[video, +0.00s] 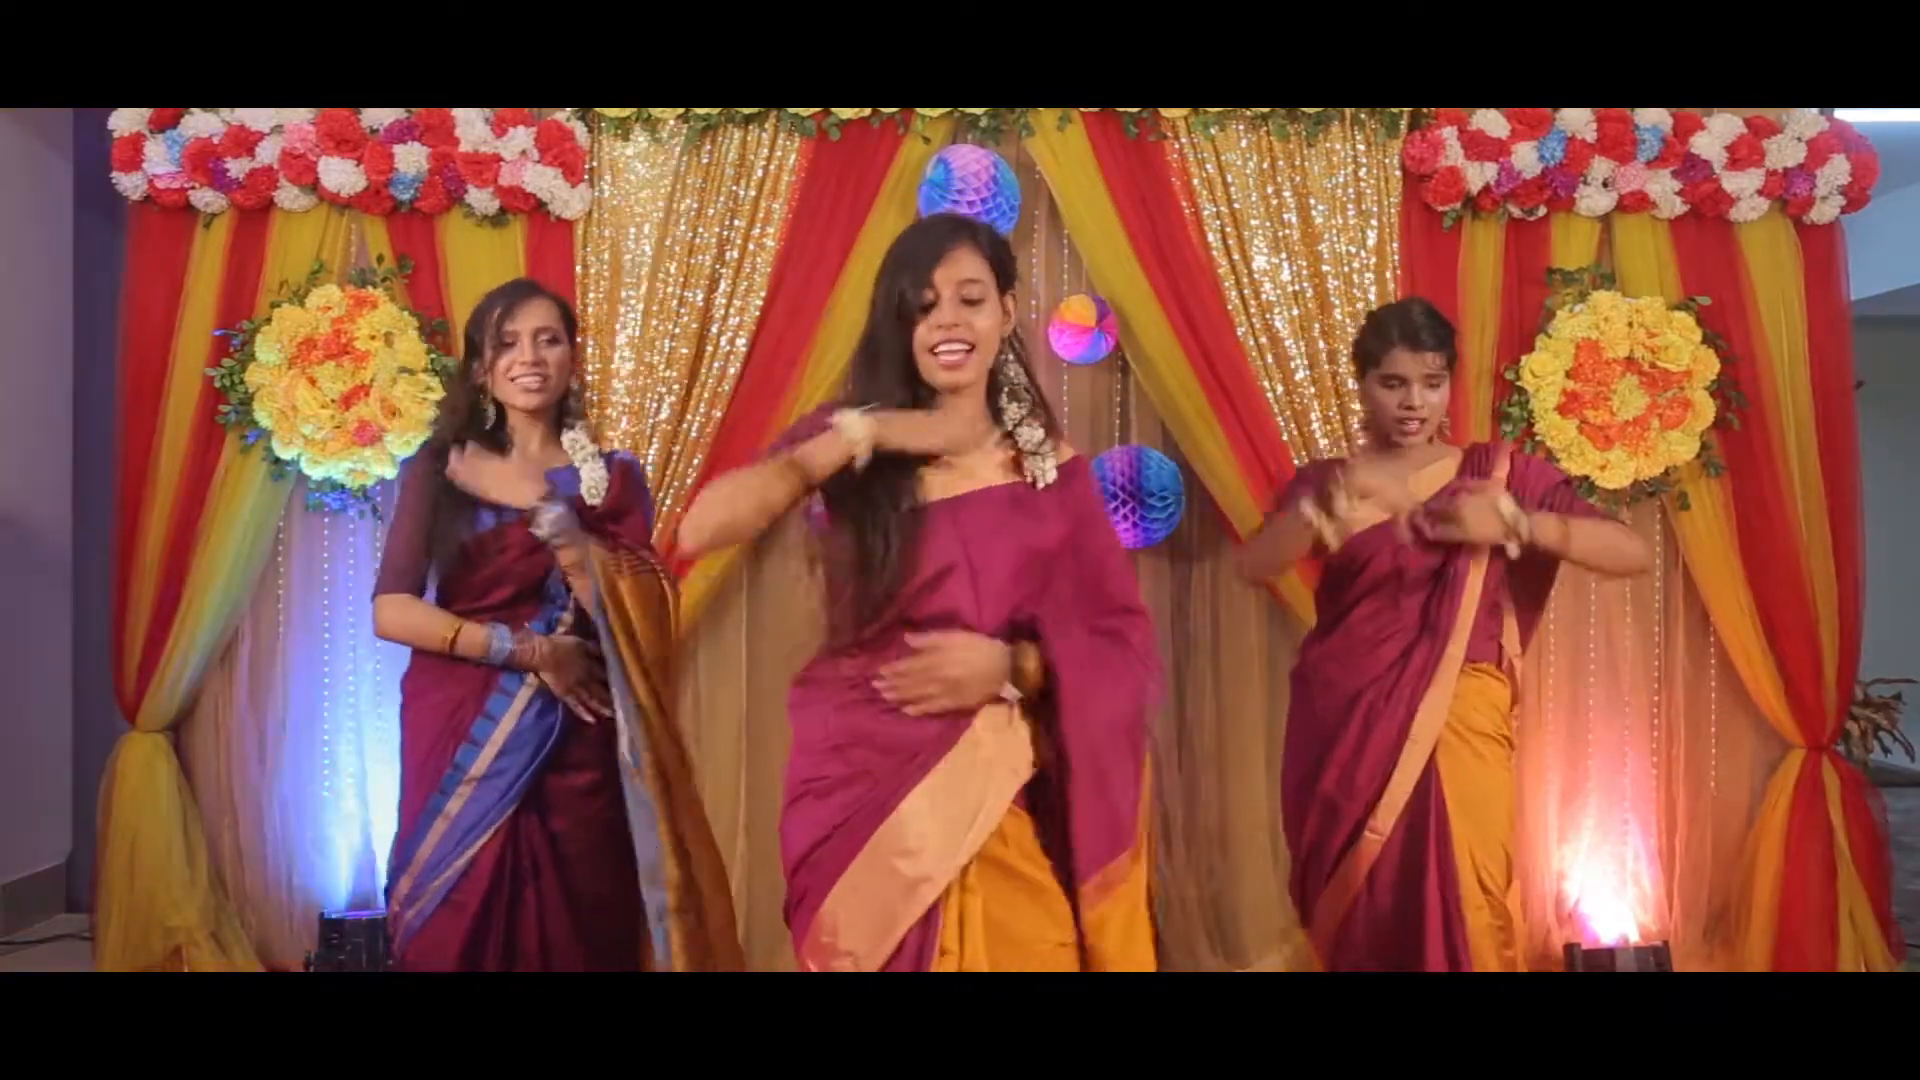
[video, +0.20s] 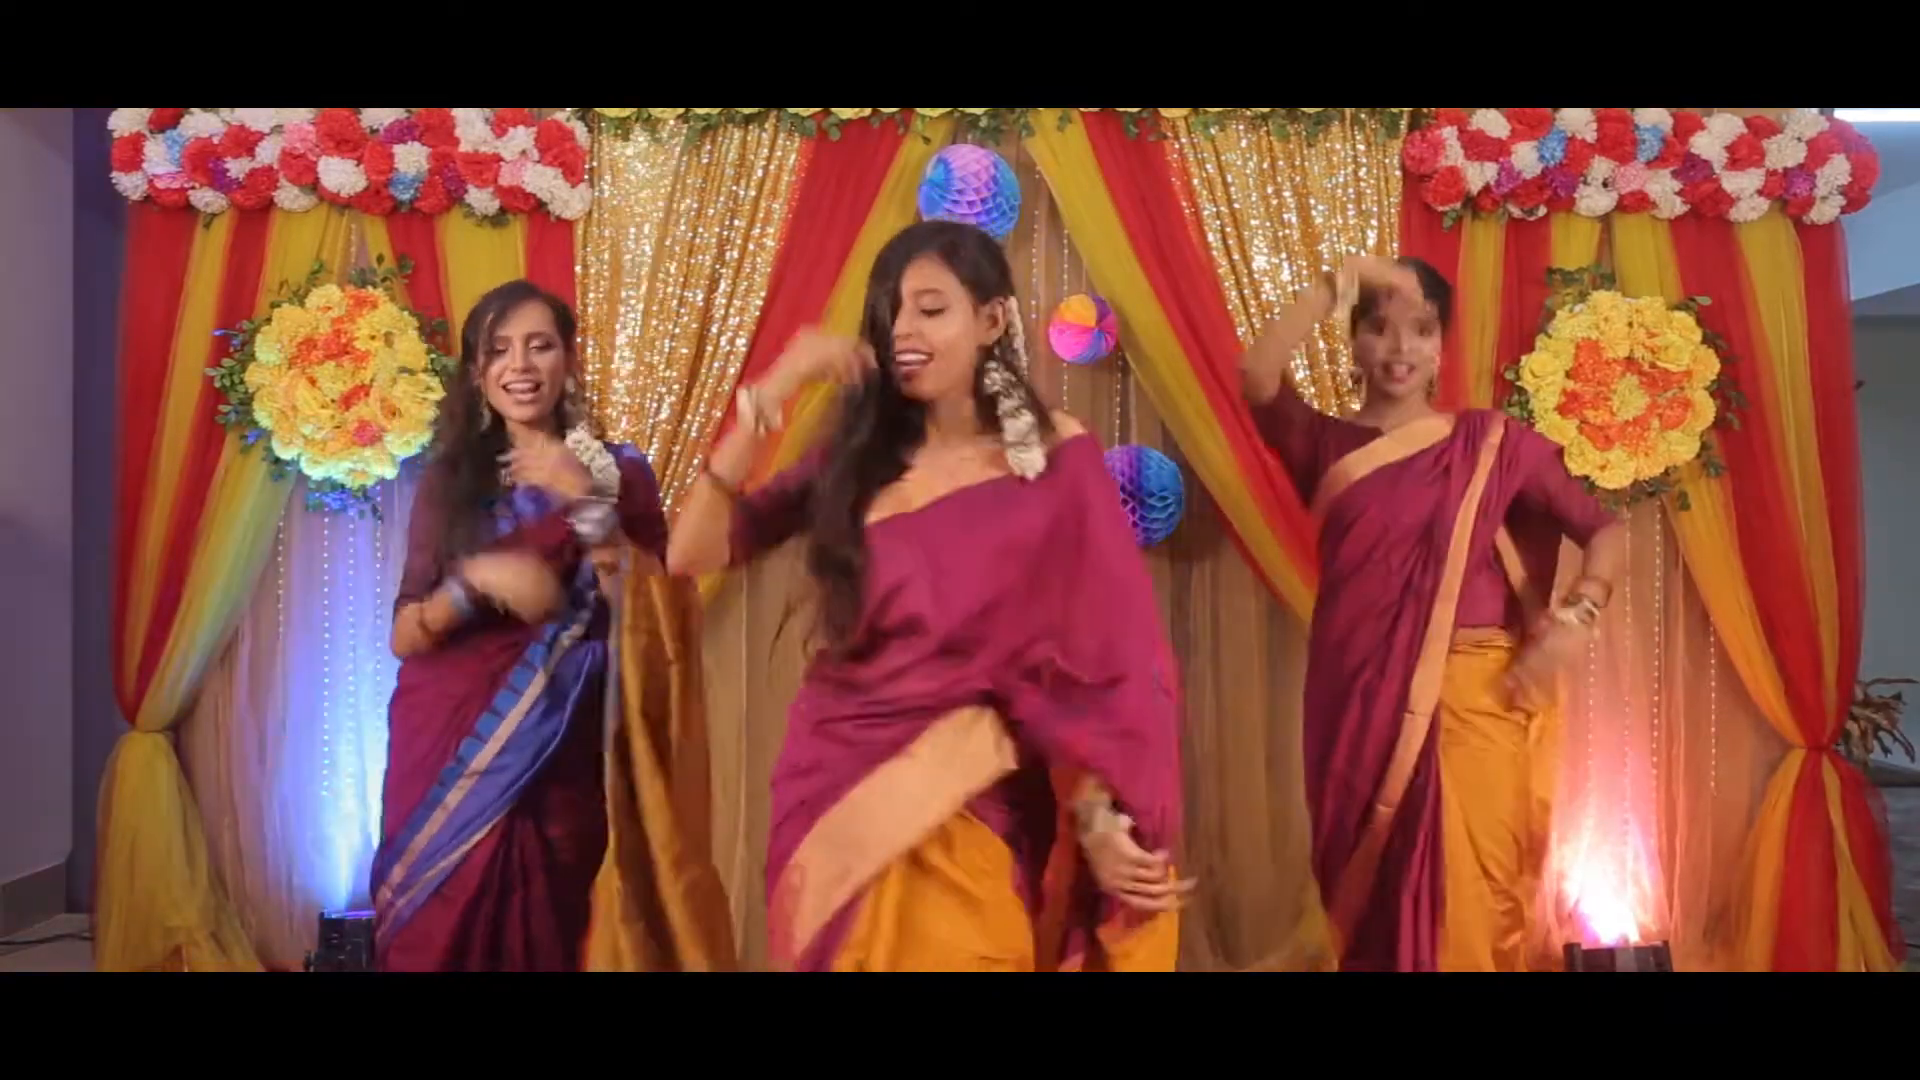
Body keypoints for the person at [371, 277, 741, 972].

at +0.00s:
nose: (530, 357)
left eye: (548, 340)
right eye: (509, 344)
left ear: (574, 362)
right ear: (482, 371)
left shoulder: (614, 474)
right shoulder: (442, 467)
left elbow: (644, 615)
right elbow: (392, 612)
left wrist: (543, 503)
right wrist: (526, 650)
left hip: (580, 741)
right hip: (461, 745)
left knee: (585, 935)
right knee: (465, 930)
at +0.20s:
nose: (522, 362)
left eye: (541, 345)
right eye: (501, 348)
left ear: (569, 361)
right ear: (477, 370)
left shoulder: (619, 472)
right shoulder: (450, 477)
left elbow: (651, 616)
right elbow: (404, 634)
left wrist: (587, 506)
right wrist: (473, 577)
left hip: (567, 728)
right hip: (448, 725)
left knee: (550, 926)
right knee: (437, 923)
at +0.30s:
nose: (518, 364)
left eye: (538, 345)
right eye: (498, 348)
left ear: (569, 359)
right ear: (475, 365)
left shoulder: (615, 466)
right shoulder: (447, 464)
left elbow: (626, 623)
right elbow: (410, 601)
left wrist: (623, 514)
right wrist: (465, 478)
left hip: (563, 702)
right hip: (449, 695)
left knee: (548, 909)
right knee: (438, 899)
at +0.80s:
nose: (512, 354)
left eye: (533, 337)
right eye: (494, 336)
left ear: (564, 359)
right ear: (468, 350)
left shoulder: (605, 460)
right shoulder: (447, 459)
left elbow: (715, 552)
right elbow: (394, 532)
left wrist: (633, 619)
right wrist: (446, 399)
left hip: (574, 709)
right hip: (457, 710)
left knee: (585, 921)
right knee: (455, 918)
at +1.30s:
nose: (444, 326)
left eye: (473, 317)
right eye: (446, 311)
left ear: (523, 352)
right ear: (433, 326)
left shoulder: (523, 429)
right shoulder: (423, 436)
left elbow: (628, 528)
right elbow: (327, 519)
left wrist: (515, 622)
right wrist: (362, 378)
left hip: (502, 684)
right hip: (422, 683)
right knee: (407, 871)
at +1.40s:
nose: (429, 406)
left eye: (455, 392)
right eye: (426, 387)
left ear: (510, 419)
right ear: (415, 396)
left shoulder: (510, 498)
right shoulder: (422, 498)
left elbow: (593, 614)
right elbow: (342, 622)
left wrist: (483, 716)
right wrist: (372, 504)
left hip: (498, 760)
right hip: (425, 751)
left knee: (438, 932)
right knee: (377, 925)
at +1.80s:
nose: (435, 379)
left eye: (457, 358)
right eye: (422, 360)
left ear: (510, 372)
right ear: (408, 376)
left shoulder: (541, 470)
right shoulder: (426, 483)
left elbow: (647, 561)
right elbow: (352, 611)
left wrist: (519, 678)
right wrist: (372, 514)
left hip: (508, 729)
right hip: (423, 717)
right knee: (406, 893)